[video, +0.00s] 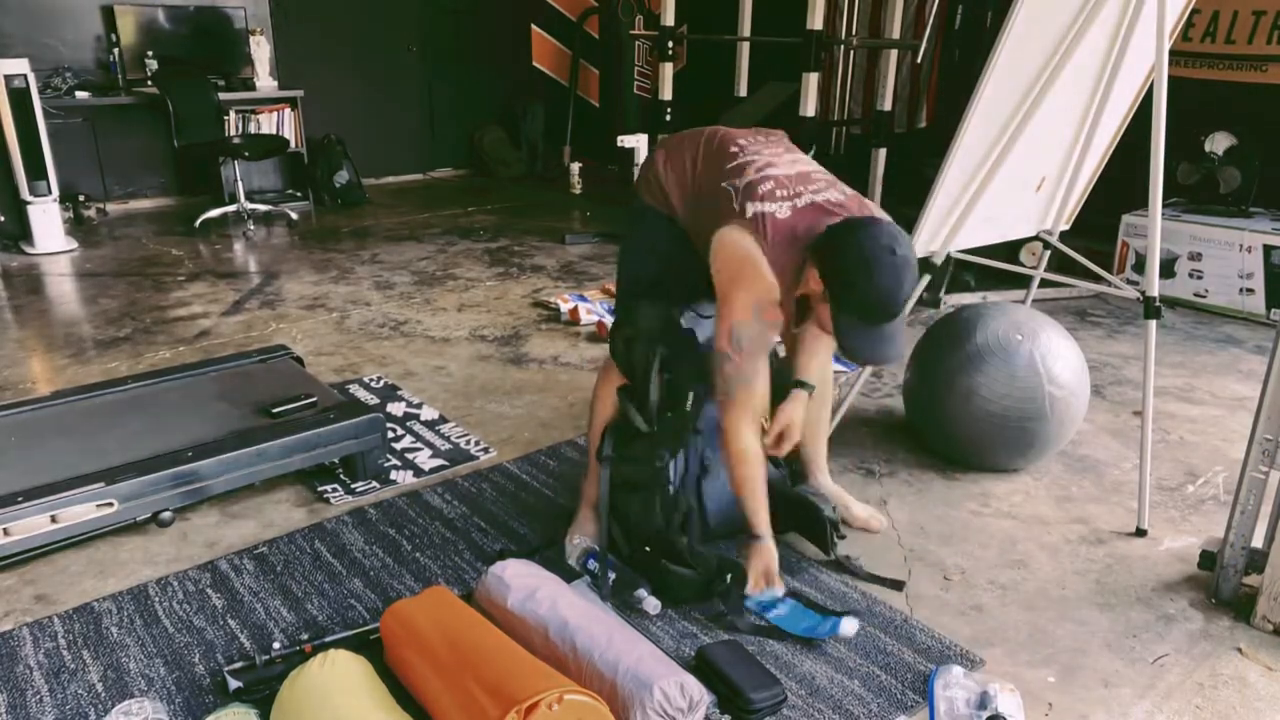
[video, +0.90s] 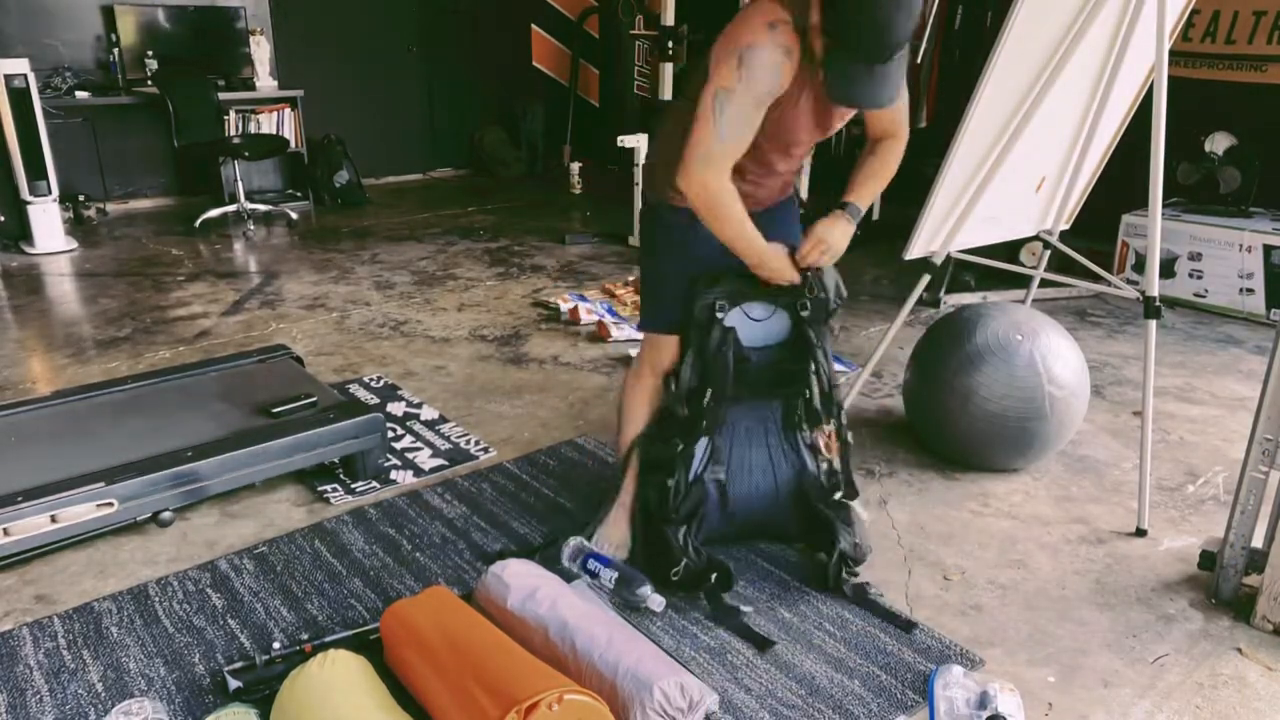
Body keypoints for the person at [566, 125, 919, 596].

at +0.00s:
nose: (839, 330)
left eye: (849, 329)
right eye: (839, 321)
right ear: (818, 281)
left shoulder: (874, 235)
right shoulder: (755, 259)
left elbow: (823, 316)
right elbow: (739, 413)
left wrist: (801, 392)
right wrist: (760, 536)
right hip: (673, 190)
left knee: (818, 343)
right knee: (632, 359)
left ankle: (815, 479)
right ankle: (592, 507)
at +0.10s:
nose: (865, 271)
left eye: (879, 262)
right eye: (864, 255)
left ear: (906, 238)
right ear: (836, 211)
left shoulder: (878, 237)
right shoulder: (762, 212)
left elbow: (835, 308)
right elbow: (664, 325)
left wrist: (815, 390)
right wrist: (738, 411)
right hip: (678, 200)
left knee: (817, 356)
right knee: (629, 360)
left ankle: (815, 478)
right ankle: (590, 509)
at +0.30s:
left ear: (733, 287)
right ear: (648, 291)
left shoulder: (776, 255)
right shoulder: (624, 254)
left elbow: (796, 397)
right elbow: (618, 405)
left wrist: (738, 508)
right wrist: (659, 519)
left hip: (752, 143)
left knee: (794, 338)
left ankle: (813, 481)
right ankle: (592, 508)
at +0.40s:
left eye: (638, 337)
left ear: (653, 282)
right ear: (571, 304)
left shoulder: (716, 269)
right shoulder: (575, 269)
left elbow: (734, 413)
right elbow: (579, 392)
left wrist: (672, 514)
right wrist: (610, 504)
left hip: (750, 158)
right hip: (650, 144)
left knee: (790, 342)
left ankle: (813, 479)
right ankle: (598, 506)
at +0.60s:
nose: (848, 356)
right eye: (845, 343)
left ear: (921, 309)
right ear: (830, 301)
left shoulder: (946, 271)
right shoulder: (776, 273)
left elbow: (895, 326)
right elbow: (749, 441)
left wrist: (841, 393)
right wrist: (755, 576)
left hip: (848, 162)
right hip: (742, 188)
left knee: (888, 370)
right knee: (669, 367)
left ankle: (867, 526)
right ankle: (605, 505)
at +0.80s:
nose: (809, 40)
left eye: (819, 33)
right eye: (805, 24)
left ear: (829, 14)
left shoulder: (816, 42)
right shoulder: (686, 15)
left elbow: (803, 133)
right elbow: (606, 115)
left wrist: (768, 205)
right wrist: (692, 198)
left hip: (749, 206)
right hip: (664, 207)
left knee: (777, 331)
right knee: (655, 366)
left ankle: (787, 455)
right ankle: (621, 497)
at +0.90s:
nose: (852, 76)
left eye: (869, 63)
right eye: (844, 61)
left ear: (892, 32)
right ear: (815, 24)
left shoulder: (877, 40)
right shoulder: (764, 44)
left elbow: (889, 136)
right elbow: (700, 174)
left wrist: (848, 215)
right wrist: (760, 256)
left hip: (776, 201)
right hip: (691, 202)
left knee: (784, 348)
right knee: (662, 359)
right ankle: (626, 509)